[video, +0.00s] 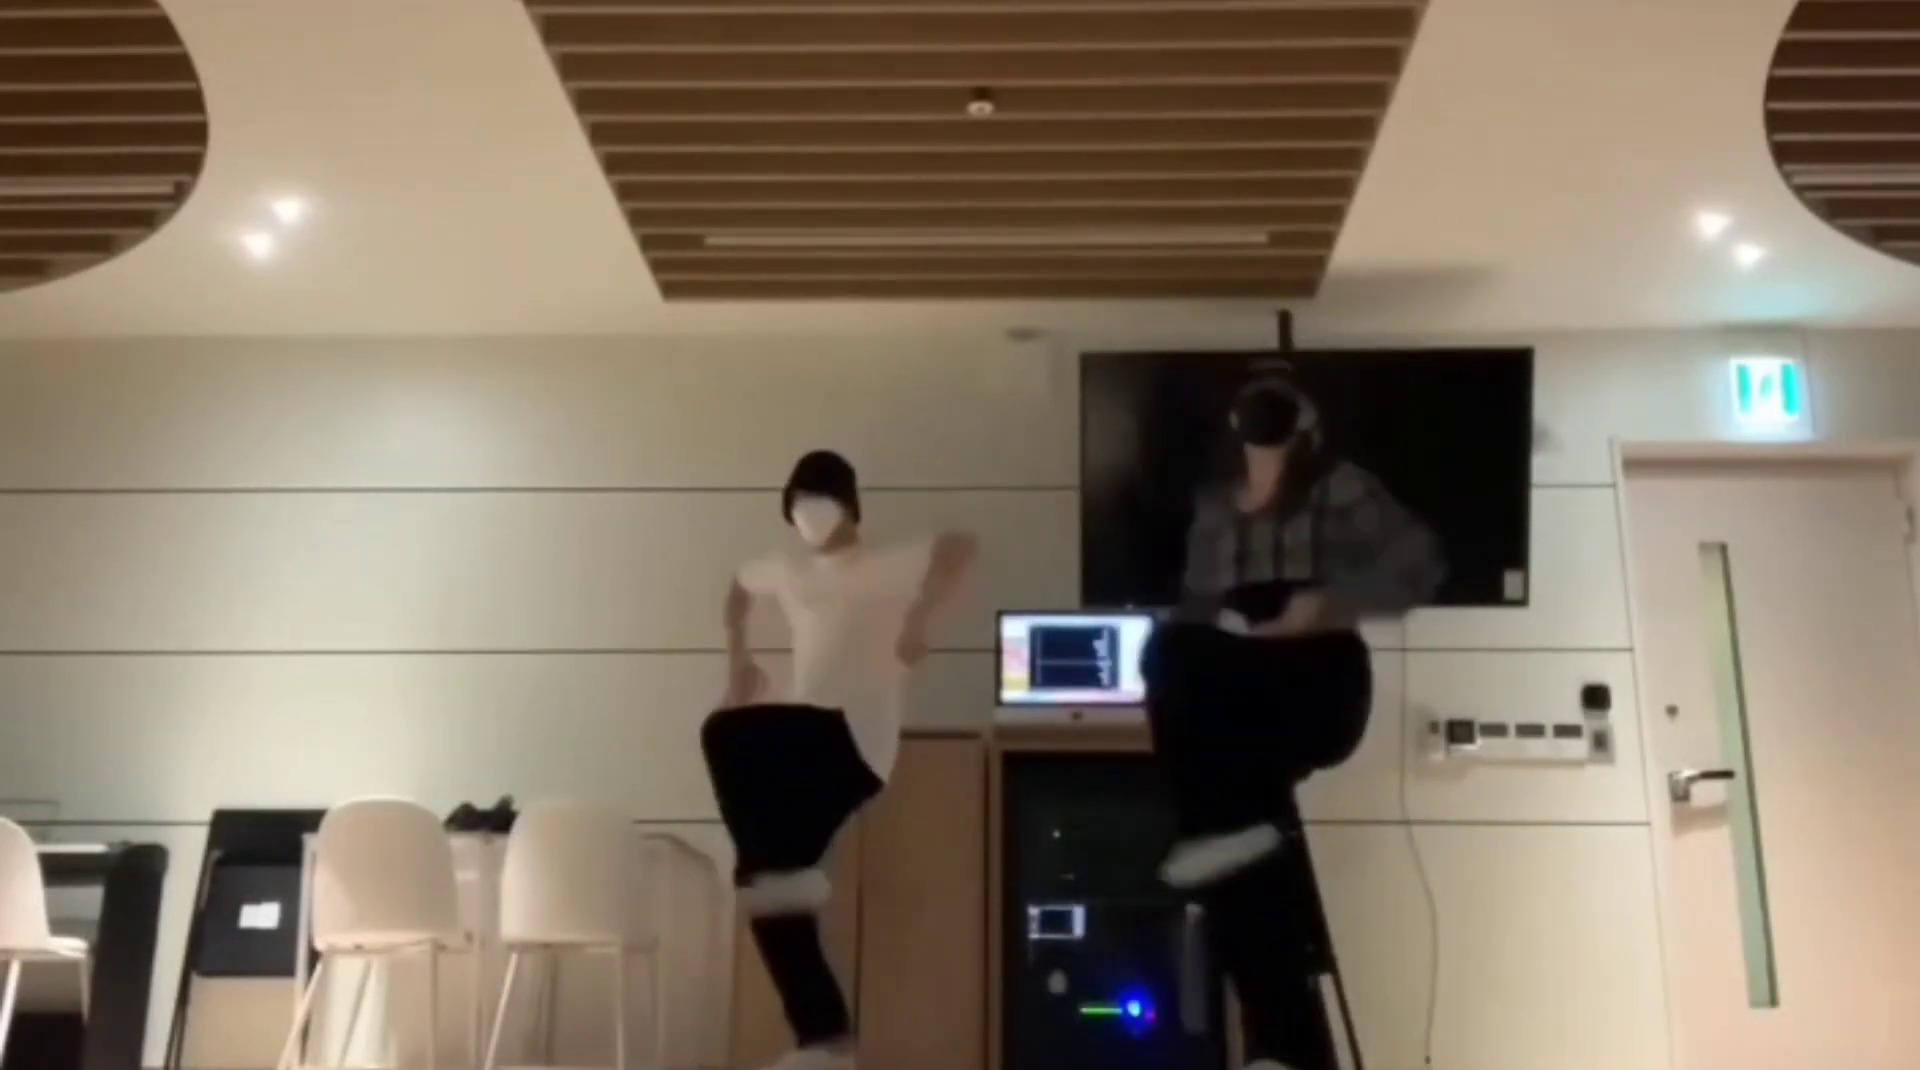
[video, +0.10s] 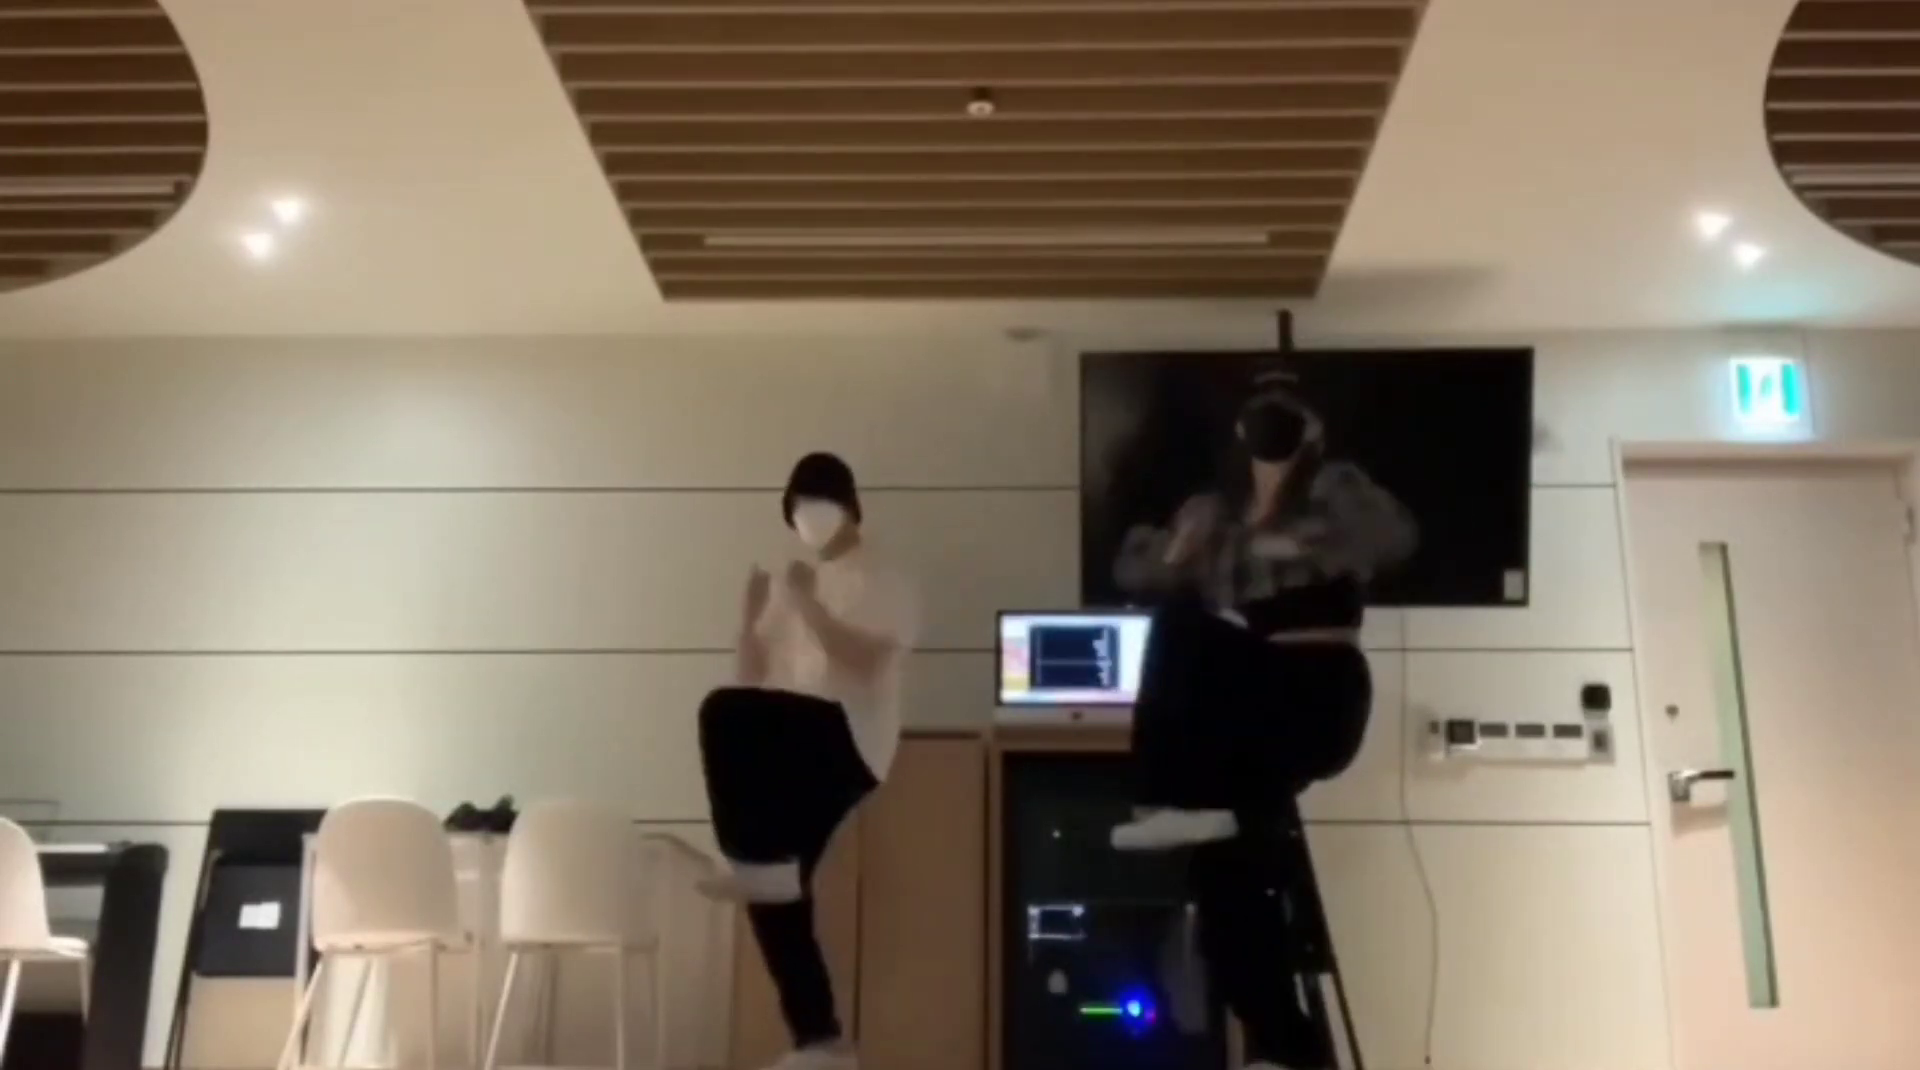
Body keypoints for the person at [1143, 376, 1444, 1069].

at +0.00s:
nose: (1257, 470)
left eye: (1272, 454)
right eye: (1247, 452)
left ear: (1299, 437)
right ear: (1236, 440)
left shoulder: (1341, 494)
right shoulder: (1215, 509)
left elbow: (1420, 564)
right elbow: (1195, 606)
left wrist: (1329, 605)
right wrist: (1214, 628)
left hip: (1324, 686)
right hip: (1235, 695)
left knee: (1179, 654)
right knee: (1234, 826)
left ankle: (1224, 822)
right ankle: (1281, 1043)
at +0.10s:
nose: (1274, 426)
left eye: (1288, 414)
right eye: (1260, 414)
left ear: (1312, 432)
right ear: (1239, 434)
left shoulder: (1334, 493)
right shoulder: (1216, 516)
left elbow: (1391, 537)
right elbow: (1132, 570)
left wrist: (1286, 541)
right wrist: (1173, 556)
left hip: (1327, 693)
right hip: (1243, 703)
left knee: (1185, 627)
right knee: (1230, 880)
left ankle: (1183, 795)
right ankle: (1286, 1044)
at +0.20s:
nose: (1273, 427)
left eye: (1288, 414)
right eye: (1261, 415)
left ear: (1314, 428)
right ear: (1245, 431)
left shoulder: (1337, 501)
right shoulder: (1237, 511)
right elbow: (1150, 592)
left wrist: (1253, 540)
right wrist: (1185, 544)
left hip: (1323, 689)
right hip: (1245, 690)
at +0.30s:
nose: (1274, 427)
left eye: (1288, 414)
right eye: (1261, 415)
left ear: (1312, 429)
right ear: (1243, 431)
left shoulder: (1338, 504)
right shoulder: (1232, 510)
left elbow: (1301, 597)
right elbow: (1169, 611)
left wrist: (1239, 538)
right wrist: (1193, 539)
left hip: (1324, 694)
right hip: (1248, 695)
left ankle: (1201, 827)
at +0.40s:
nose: (1275, 424)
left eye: (1289, 411)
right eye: (1260, 412)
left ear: (1312, 428)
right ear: (1240, 431)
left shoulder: (1335, 497)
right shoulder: (1224, 522)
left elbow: (1314, 566)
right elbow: (1152, 607)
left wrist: (1204, 522)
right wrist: (1147, 531)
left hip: (1328, 690)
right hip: (1250, 697)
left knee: (1201, 684)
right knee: (1229, 878)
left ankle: (1243, 869)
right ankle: (1282, 1045)